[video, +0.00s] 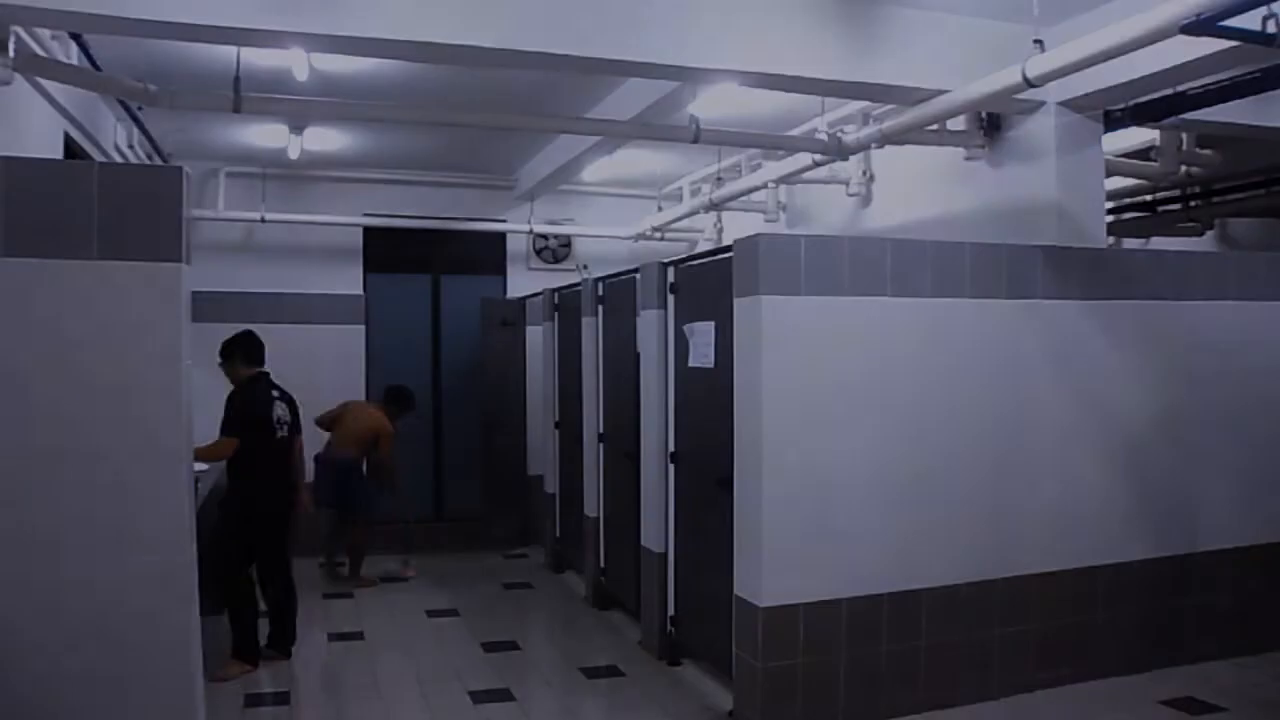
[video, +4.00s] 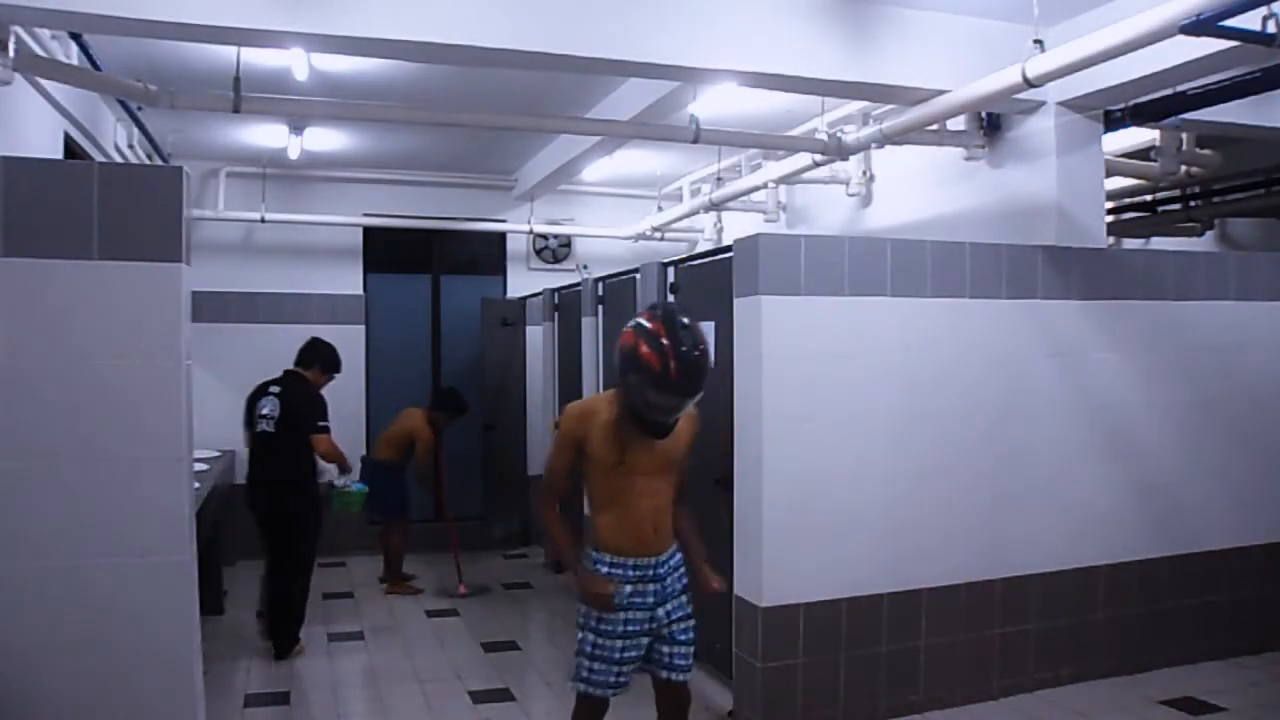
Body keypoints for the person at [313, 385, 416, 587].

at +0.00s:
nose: (402, 417)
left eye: (404, 412)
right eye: (403, 412)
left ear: (385, 399)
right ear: (398, 409)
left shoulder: (354, 407)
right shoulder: (383, 427)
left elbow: (322, 421)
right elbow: (380, 462)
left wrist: (345, 430)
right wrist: (386, 485)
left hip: (325, 466)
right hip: (349, 470)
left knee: (335, 518)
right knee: (359, 521)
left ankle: (330, 563)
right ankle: (354, 574)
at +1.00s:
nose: (405, 421)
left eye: (408, 417)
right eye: (407, 416)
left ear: (391, 402)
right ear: (402, 410)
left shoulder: (362, 410)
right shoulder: (390, 425)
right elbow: (391, 462)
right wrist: (404, 491)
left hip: (335, 462)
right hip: (355, 465)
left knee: (353, 516)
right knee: (365, 517)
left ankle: (357, 564)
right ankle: (357, 572)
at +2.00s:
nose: (413, 420)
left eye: (417, 416)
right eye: (415, 415)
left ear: (400, 404)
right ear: (407, 409)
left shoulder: (375, 411)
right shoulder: (390, 428)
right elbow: (391, 468)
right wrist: (405, 491)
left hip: (345, 465)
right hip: (359, 470)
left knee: (360, 521)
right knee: (369, 523)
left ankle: (362, 568)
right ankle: (363, 576)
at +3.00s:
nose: (439, 421)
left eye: (442, 416)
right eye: (440, 416)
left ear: (425, 404)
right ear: (434, 411)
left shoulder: (402, 413)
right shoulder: (421, 428)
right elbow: (424, 465)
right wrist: (434, 488)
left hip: (367, 461)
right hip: (380, 466)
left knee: (392, 518)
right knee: (385, 520)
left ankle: (390, 569)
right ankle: (372, 574)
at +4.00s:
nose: (449, 424)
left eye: (451, 419)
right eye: (450, 418)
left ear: (435, 407)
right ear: (442, 413)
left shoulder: (414, 414)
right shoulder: (424, 431)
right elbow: (423, 471)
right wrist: (437, 497)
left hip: (377, 465)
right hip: (387, 470)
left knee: (392, 523)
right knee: (397, 524)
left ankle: (392, 572)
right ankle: (393, 579)